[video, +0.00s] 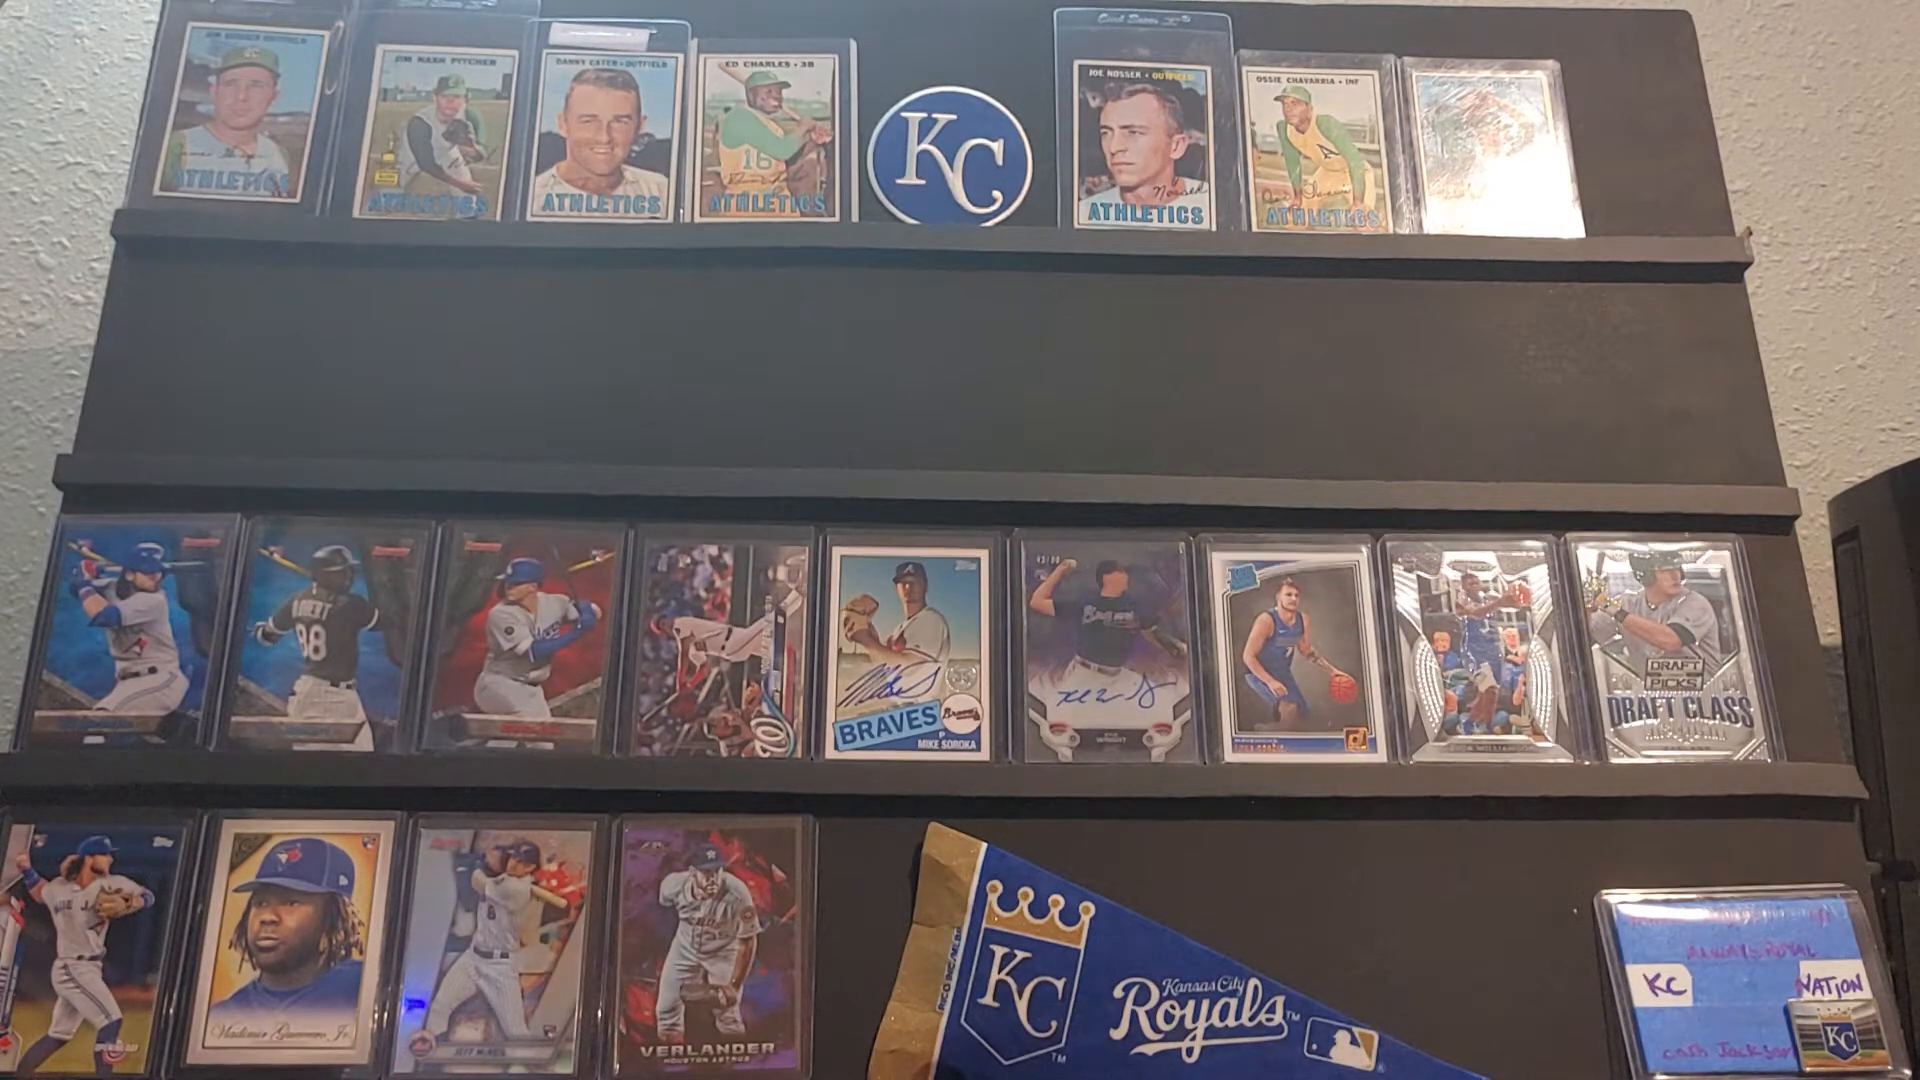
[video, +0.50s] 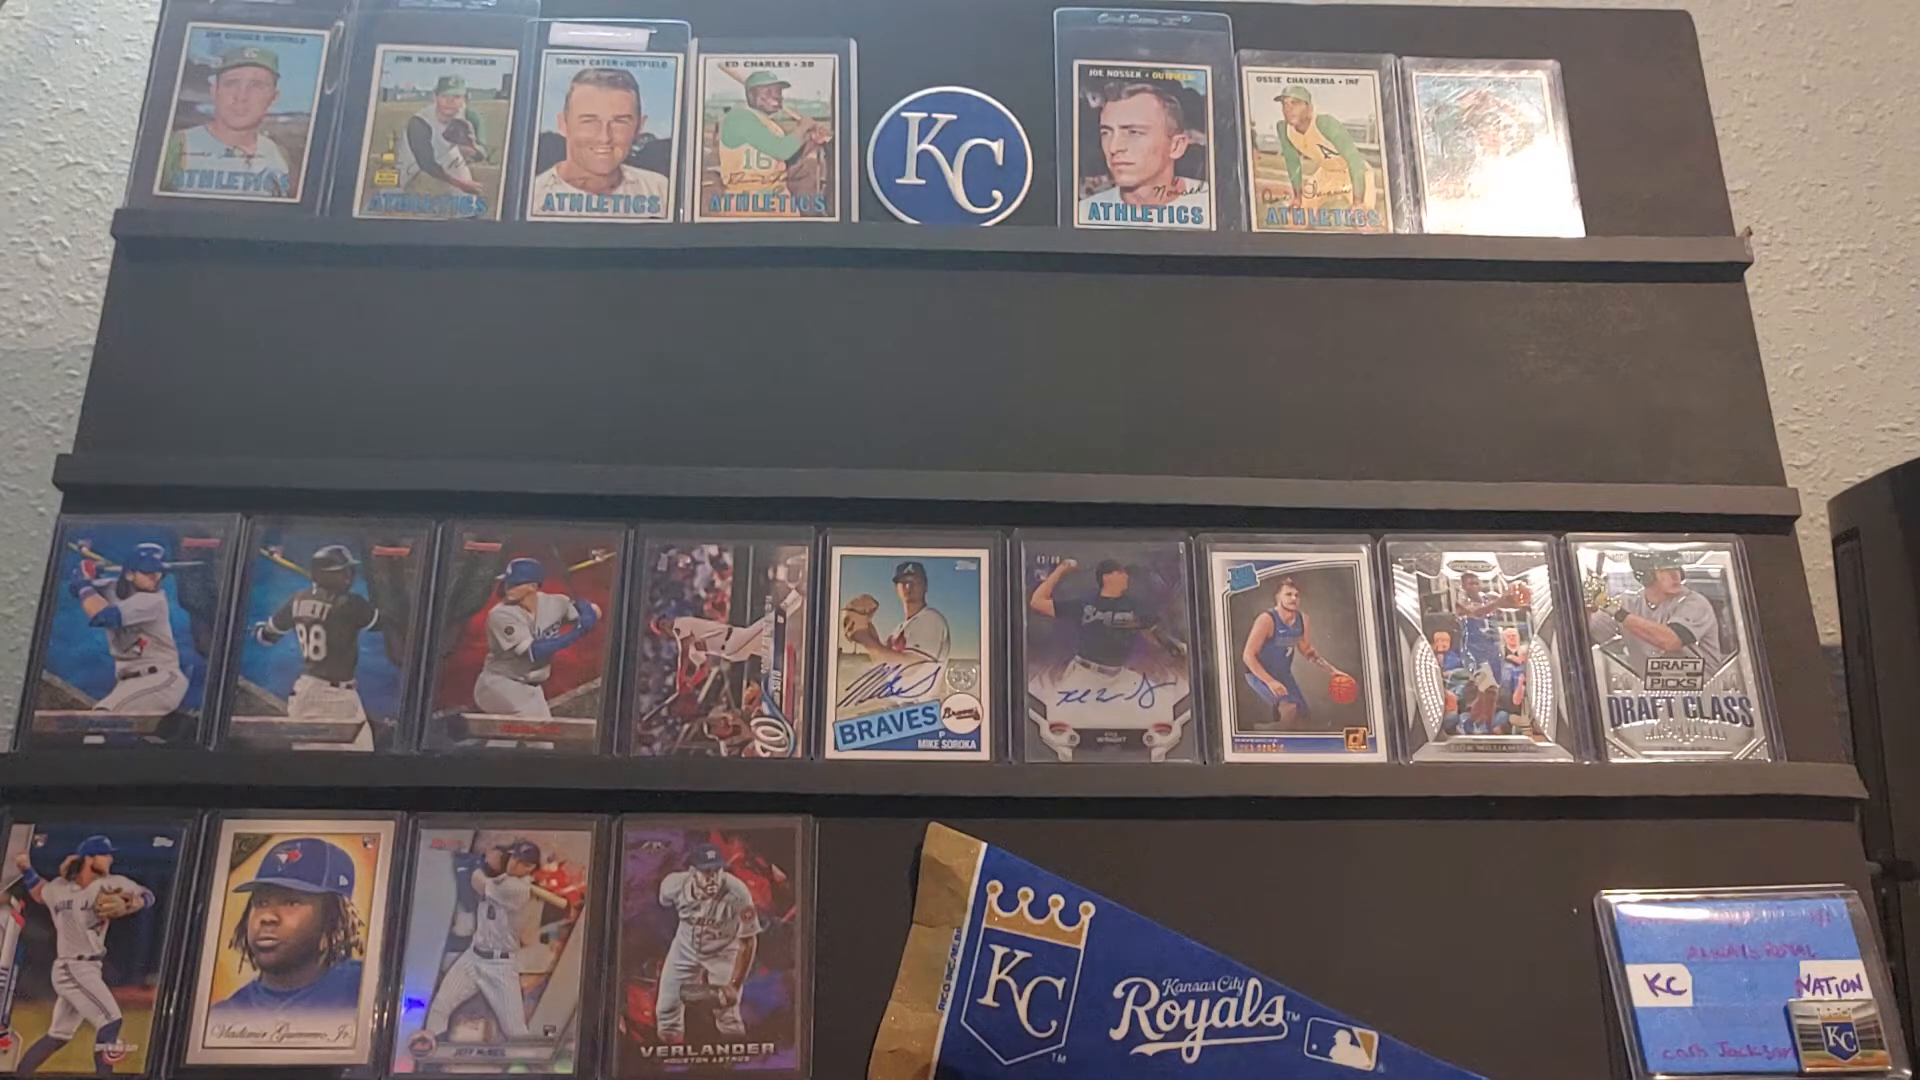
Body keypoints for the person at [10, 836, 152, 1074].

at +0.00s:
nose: (110, 859)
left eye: (109, 855)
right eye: (105, 855)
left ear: (98, 861)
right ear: (89, 859)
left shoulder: (111, 884)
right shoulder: (58, 888)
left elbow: (148, 896)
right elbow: (40, 891)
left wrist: (131, 904)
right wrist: (26, 869)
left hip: (90, 969)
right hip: (71, 969)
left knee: (58, 1035)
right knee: (111, 1020)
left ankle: (20, 1073)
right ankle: (104, 1074)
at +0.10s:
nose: (110, 859)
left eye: (110, 855)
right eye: (105, 855)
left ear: (98, 861)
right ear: (89, 859)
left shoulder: (111, 884)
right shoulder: (58, 889)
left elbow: (148, 896)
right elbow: (39, 891)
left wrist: (130, 905)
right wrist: (26, 869)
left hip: (90, 969)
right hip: (71, 969)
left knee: (58, 1036)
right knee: (111, 1020)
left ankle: (19, 1073)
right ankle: (104, 1074)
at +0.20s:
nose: (110, 859)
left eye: (110, 855)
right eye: (105, 855)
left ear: (97, 861)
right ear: (90, 859)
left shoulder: (111, 884)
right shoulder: (58, 889)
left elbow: (148, 896)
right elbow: (39, 891)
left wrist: (130, 905)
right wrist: (26, 869)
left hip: (90, 969)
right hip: (71, 969)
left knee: (58, 1036)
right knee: (111, 1020)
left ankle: (19, 1073)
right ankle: (104, 1074)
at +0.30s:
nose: (110, 859)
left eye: (110, 855)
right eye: (105, 855)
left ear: (97, 861)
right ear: (90, 859)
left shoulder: (111, 884)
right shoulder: (58, 889)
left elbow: (148, 896)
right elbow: (39, 891)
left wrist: (131, 905)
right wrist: (26, 869)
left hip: (91, 969)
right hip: (71, 969)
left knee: (58, 1036)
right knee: (111, 1020)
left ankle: (19, 1073)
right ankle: (104, 1074)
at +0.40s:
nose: (110, 859)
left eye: (110, 855)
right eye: (105, 855)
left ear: (97, 861)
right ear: (90, 859)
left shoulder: (111, 884)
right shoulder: (58, 889)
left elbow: (148, 896)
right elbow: (39, 890)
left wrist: (131, 905)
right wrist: (26, 869)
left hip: (91, 969)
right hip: (71, 969)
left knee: (58, 1036)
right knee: (111, 1020)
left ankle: (19, 1073)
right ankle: (104, 1074)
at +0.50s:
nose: (110, 859)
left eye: (110, 855)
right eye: (105, 855)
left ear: (97, 861)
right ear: (90, 859)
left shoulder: (111, 884)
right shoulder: (58, 889)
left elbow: (148, 896)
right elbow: (39, 890)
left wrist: (130, 905)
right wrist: (26, 869)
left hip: (91, 969)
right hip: (71, 969)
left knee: (58, 1036)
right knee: (111, 1019)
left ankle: (19, 1073)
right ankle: (104, 1073)